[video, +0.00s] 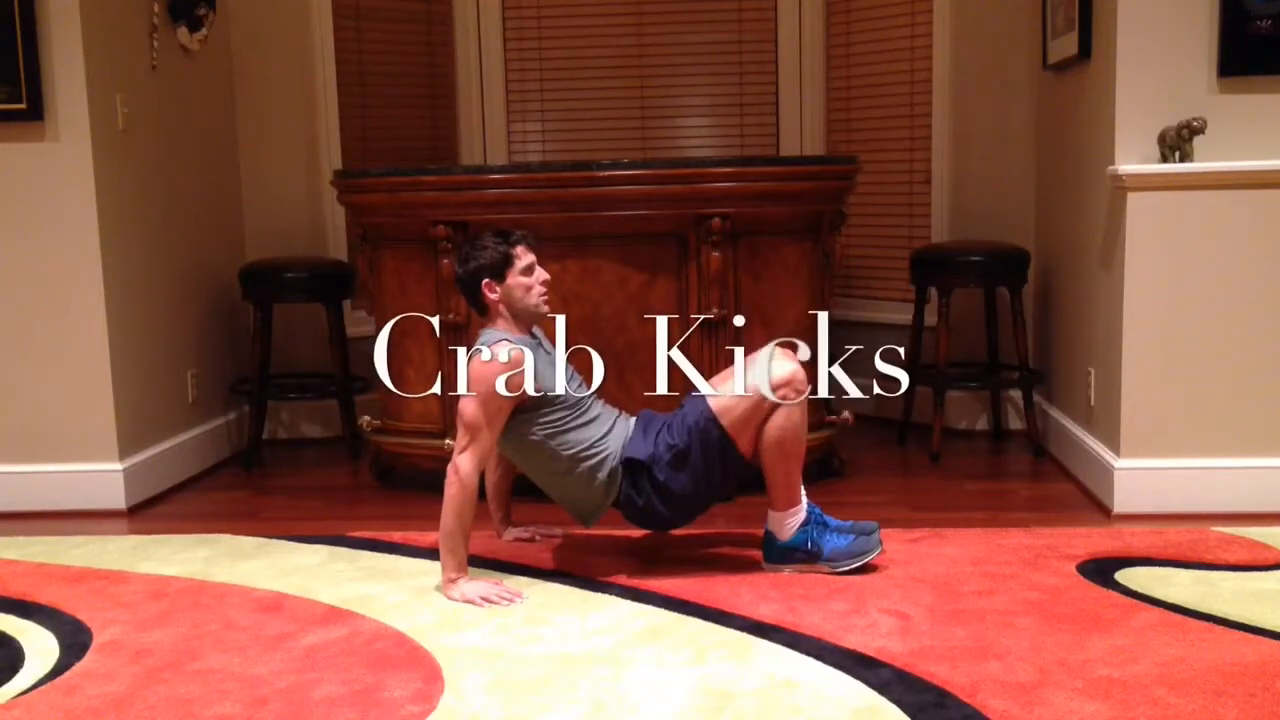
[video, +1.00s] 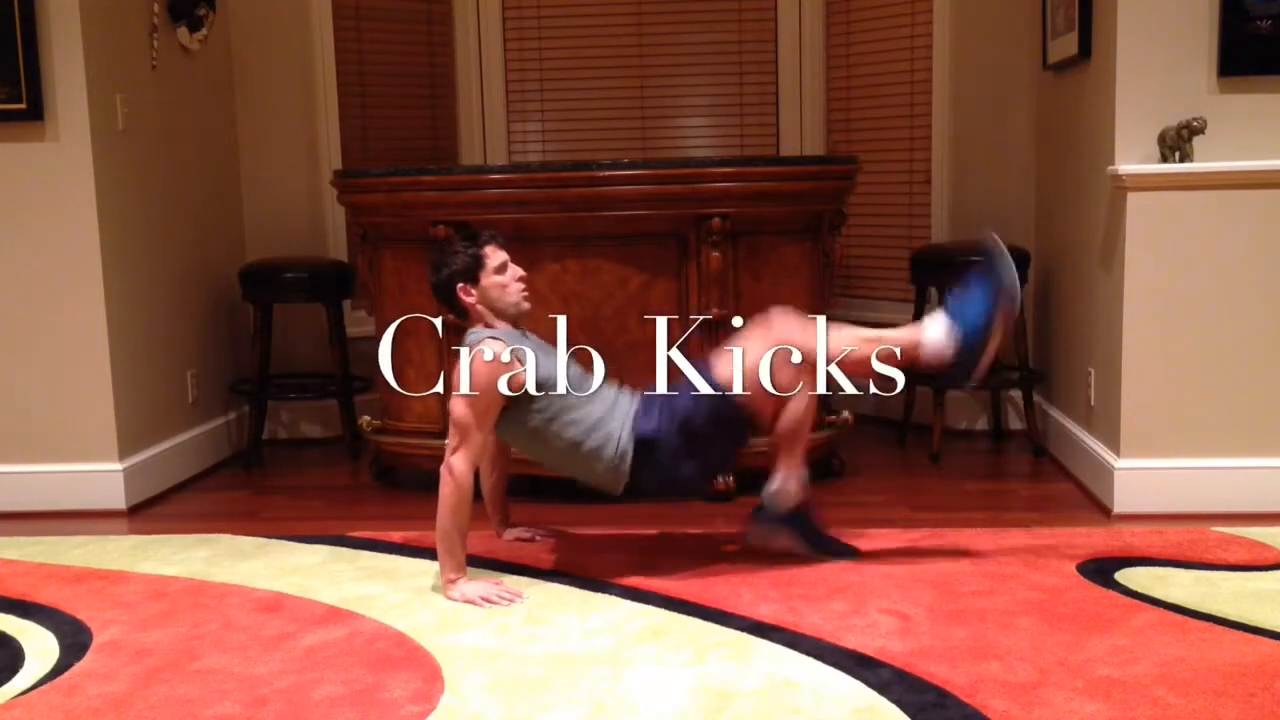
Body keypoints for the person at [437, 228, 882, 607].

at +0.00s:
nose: (543, 278)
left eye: (538, 267)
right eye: (528, 271)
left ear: (506, 290)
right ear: (493, 293)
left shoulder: (518, 340)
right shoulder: (495, 361)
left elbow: (498, 443)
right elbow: (464, 464)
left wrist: (500, 524)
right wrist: (453, 577)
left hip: (644, 439)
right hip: (640, 473)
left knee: (784, 357)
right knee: (785, 379)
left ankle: (795, 518)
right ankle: (789, 532)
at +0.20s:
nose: (543, 277)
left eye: (538, 266)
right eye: (527, 271)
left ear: (509, 287)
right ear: (493, 291)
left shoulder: (519, 340)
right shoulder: (494, 360)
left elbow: (500, 441)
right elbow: (463, 463)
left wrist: (500, 524)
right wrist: (453, 575)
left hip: (647, 433)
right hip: (644, 468)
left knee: (750, 338)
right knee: (790, 377)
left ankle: (814, 483)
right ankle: (789, 532)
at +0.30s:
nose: (544, 276)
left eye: (539, 265)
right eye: (528, 270)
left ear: (509, 287)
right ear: (493, 291)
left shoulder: (520, 341)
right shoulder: (493, 362)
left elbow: (501, 444)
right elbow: (463, 466)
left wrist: (500, 525)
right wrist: (452, 576)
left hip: (651, 431)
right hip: (647, 466)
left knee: (731, 326)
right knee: (795, 388)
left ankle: (842, 424)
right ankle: (790, 534)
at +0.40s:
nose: (543, 277)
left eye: (539, 266)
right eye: (527, 271)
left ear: (511, 286)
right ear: (493, 293)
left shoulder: (521, 342)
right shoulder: (496, 361)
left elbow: (500, 442)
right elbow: (462, 464)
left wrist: (499, 526)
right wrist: (451, 575)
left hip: (651, 429)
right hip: (648, 467)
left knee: (737, 325)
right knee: (793, 377)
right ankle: (790, 532)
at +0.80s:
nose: (526, 277)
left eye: (522, 268)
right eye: (511, 273)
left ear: (495, 290)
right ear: (477, 295)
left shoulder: (511, 338)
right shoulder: (486, 358)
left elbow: (494, 440)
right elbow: (459, 463)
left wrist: (498, 522)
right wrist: (452, 576)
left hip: (660, 396)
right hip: (664, 440)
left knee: (740, 268)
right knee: (826, 341)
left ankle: (880, 337)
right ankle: (816, 510)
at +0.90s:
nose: (516, 274)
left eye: (511, 264)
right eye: (500, 269)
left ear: (486, 286)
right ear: (465, 292)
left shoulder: (503, 342)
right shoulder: (483, 356)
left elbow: (492, 444)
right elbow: (456, 466)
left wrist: (497, 526)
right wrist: (453, 575)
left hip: (657, 397)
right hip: (660, 422)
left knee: (784, 297)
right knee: (787, 300)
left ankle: (816, 437)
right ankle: (894, 408)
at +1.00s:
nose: (519, 275)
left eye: (513, 265)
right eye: (502, 271)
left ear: (495, 286)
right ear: (470, 297)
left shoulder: (510, 345)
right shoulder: (486, 357)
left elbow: (493, 446)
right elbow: (455, 468)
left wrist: (499, 526)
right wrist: (452, 575)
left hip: (657, 428)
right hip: (650, 446)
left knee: (787, 337)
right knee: (787, 334)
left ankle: (782, 505)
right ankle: (937, 341)